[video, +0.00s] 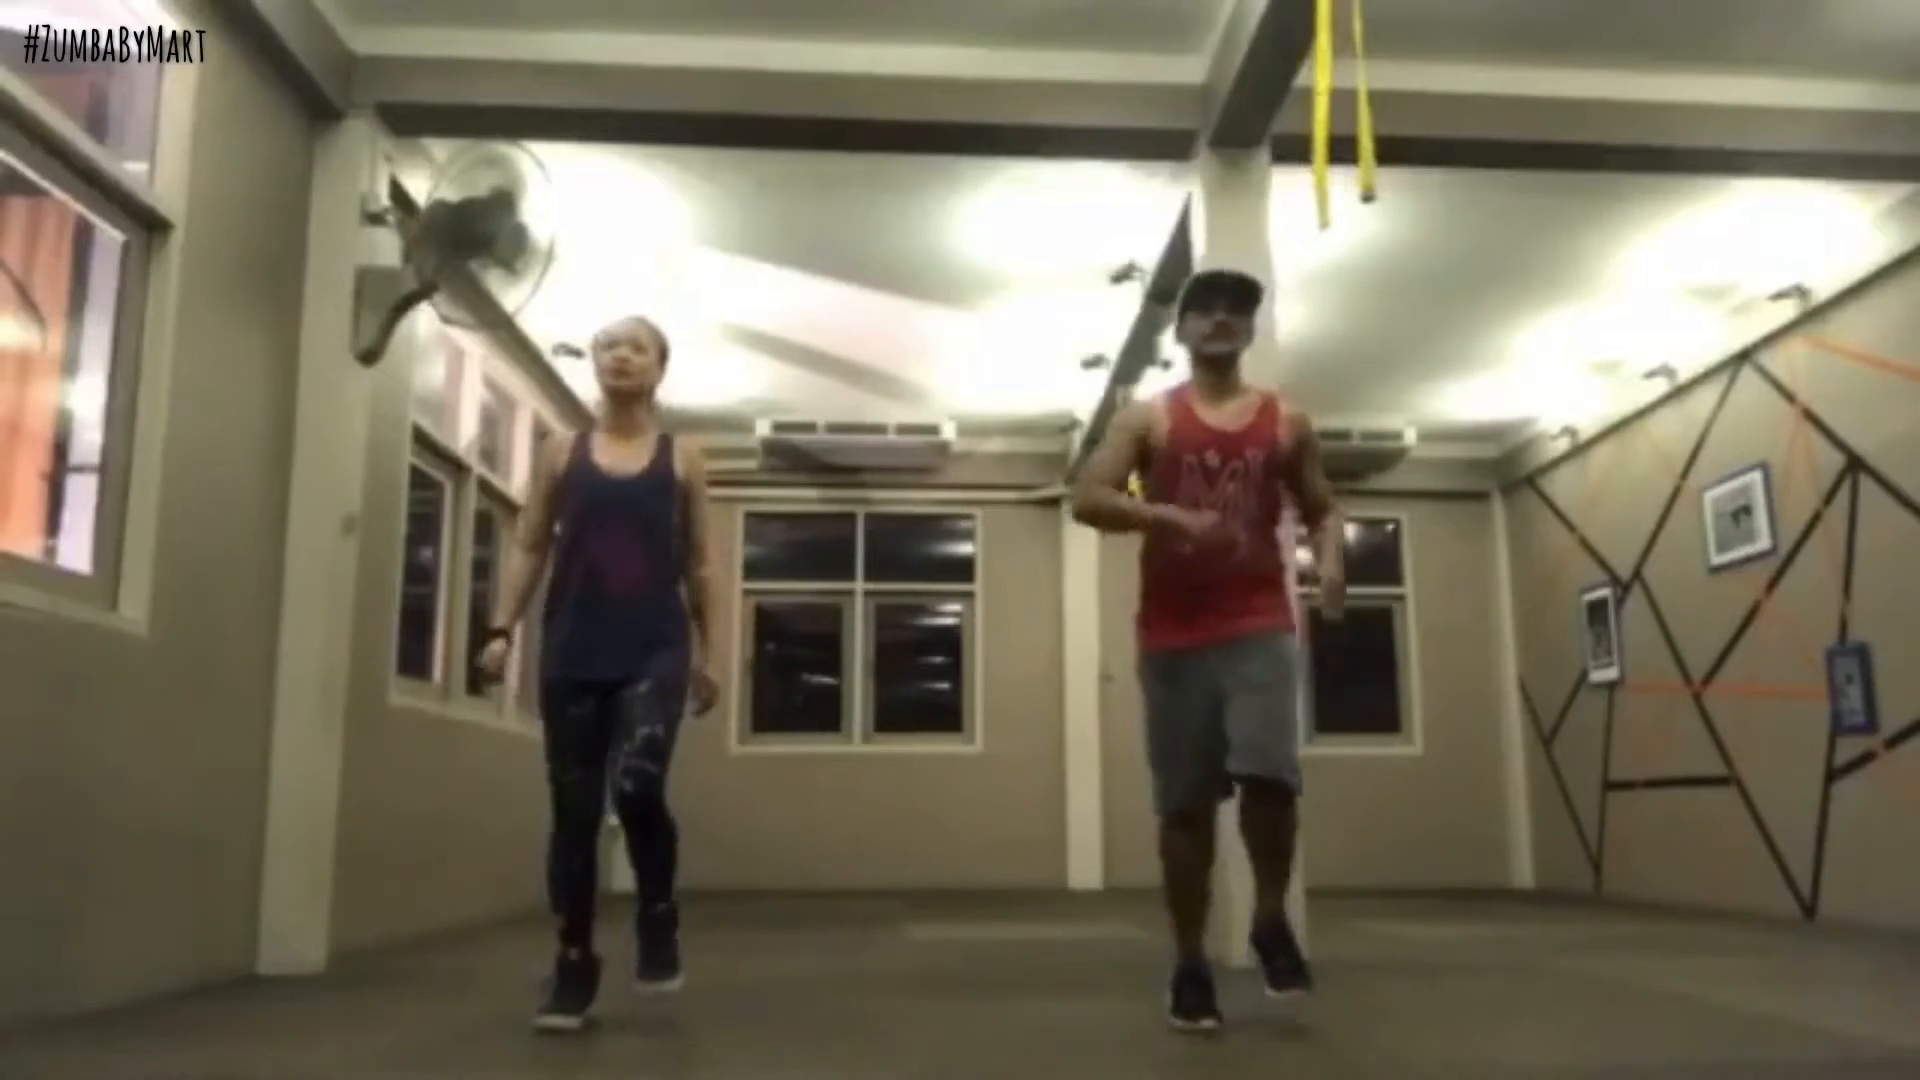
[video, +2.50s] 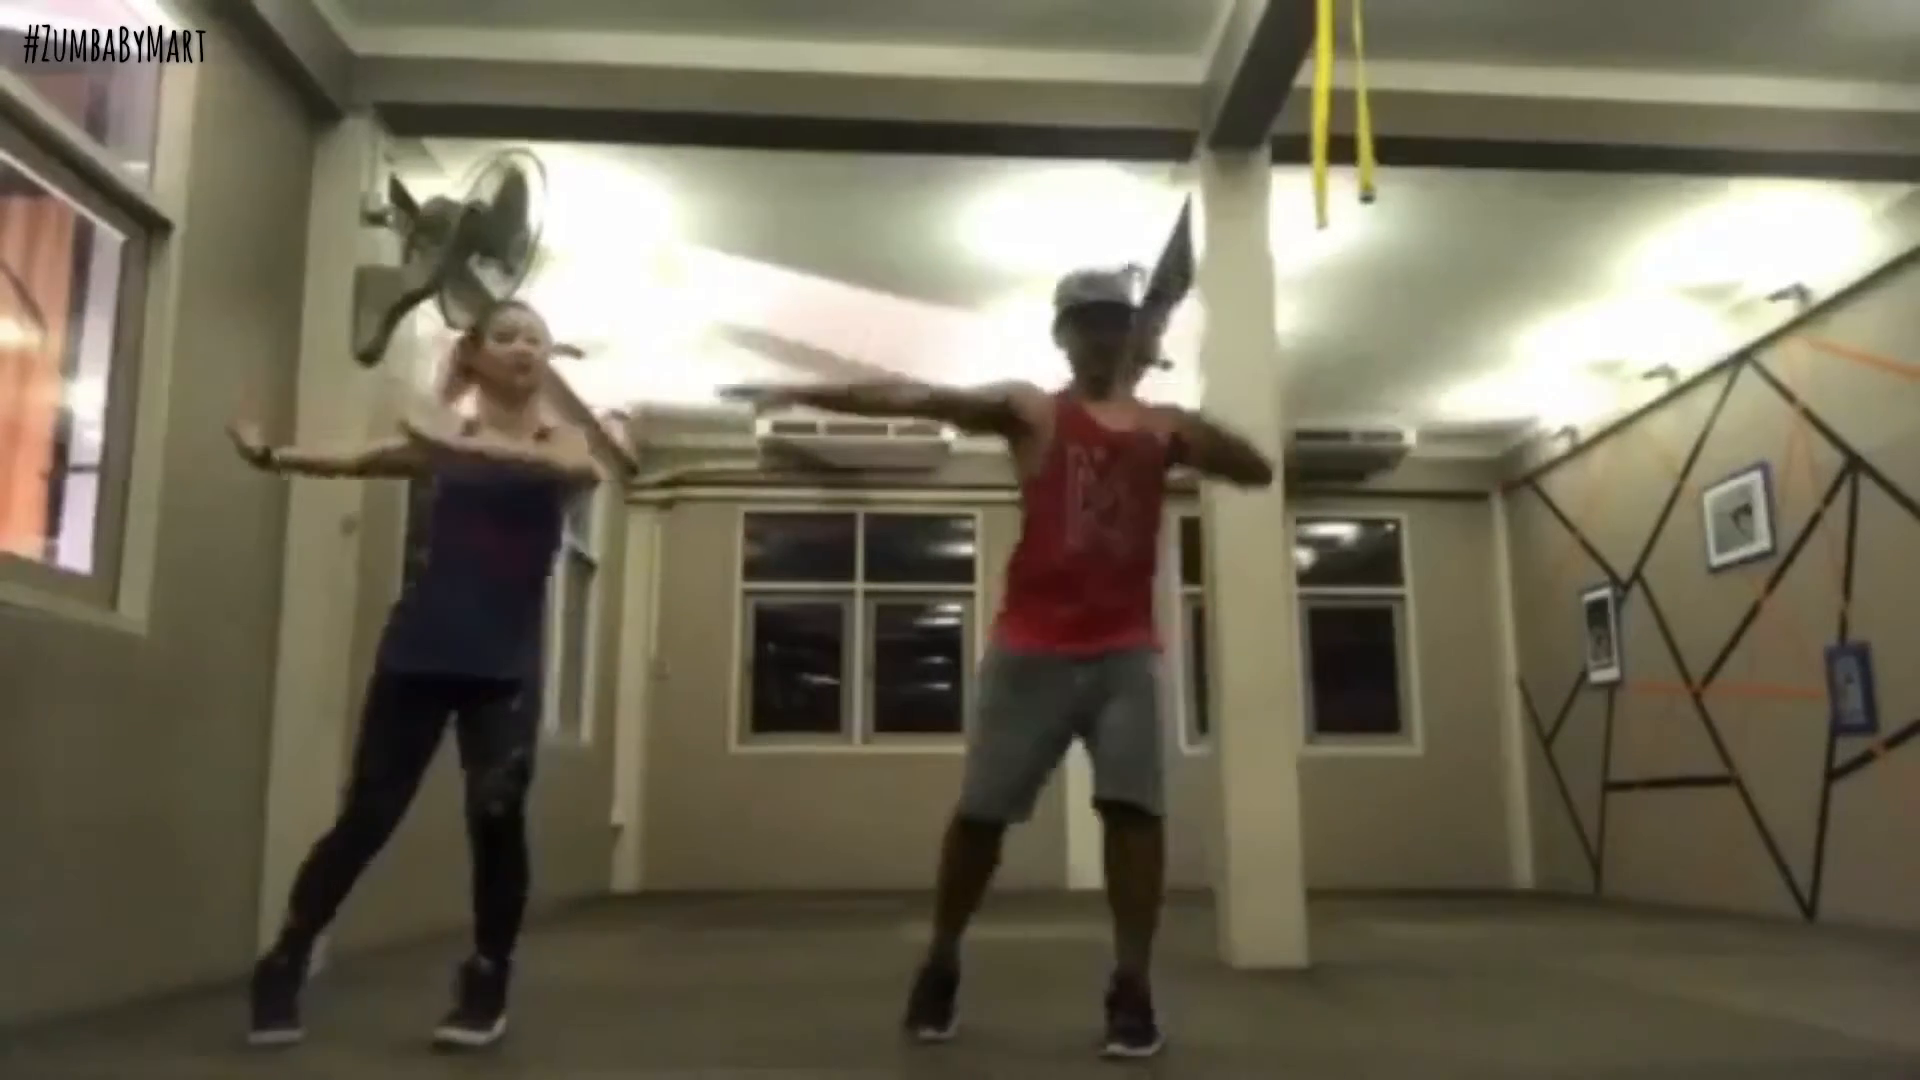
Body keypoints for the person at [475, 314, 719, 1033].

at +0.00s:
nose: (620, 358)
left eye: (636, 349)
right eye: (611, 348)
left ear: (660, 370)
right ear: (594, 364)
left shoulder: (682, 458)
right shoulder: (562, 453)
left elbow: (701, 564)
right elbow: (530, 545)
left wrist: (709, 655)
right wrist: (503, 626)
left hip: (656, 653)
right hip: (573, 653)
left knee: (635, 788)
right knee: (574, 811)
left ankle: (657, 919)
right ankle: (574, 961)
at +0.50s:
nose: (622, 359)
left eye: (637, 350)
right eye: (612, 349)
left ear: (662, 370)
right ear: (596, 368)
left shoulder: (688, 454)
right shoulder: (579, 457)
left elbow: (726, 543)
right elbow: (566, 550)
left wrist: (715, 614)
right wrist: (546, 629)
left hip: (660, 653)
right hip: (582, 652)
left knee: (656, 811)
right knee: (567, 795)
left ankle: (649, 962)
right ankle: (556, 942)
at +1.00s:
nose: (641, 352)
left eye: (659, 344)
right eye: (634, 342)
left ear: (687, 367)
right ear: (621, 359)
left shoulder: (702, 450)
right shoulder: (589, 438)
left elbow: (771, 491)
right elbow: (570, 503)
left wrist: (832, 508)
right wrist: (642, 470)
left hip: (673, 647)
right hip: (593, 646)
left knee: (701, 793)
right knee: (571, 811)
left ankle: (773, 963)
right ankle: (554, 966)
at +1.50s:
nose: (667, 355)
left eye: (681, 343)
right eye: (655, 343)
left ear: (710, 357)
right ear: (641, 355)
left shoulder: (735, 434)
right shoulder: (626, 442)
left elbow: (739, 466)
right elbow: (550, 483)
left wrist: (655, 454)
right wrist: (484, 488)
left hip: (723, 646)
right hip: (643, 653)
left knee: (765, 813)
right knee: (651, 814)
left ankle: (791, 976)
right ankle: (595, 956)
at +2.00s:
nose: (560, 335)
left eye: (582, 331)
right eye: (557, 328)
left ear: (614, 366)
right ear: (544, 356)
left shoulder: (629, 438)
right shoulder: (523, 427)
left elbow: (707, 504)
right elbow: (472, 483)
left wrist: (801, 509)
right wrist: (550, 470)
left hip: (593, 650)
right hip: (536, 651)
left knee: (499, 800)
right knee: (558, 822)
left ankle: (477, 990)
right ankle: (610, 975)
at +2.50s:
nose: (524, 352)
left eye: (535, 341)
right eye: (507, 339)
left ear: (548, 362)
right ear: (473, 357)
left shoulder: (561, 450)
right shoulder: (447, 443)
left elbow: (588, 467)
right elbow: (357, 462)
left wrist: (553, 377)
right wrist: (273, 457)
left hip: (505, 662)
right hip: (419, 652)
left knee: (498, 822)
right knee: (369, 817)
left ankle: (486, 988)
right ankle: (282, 968)